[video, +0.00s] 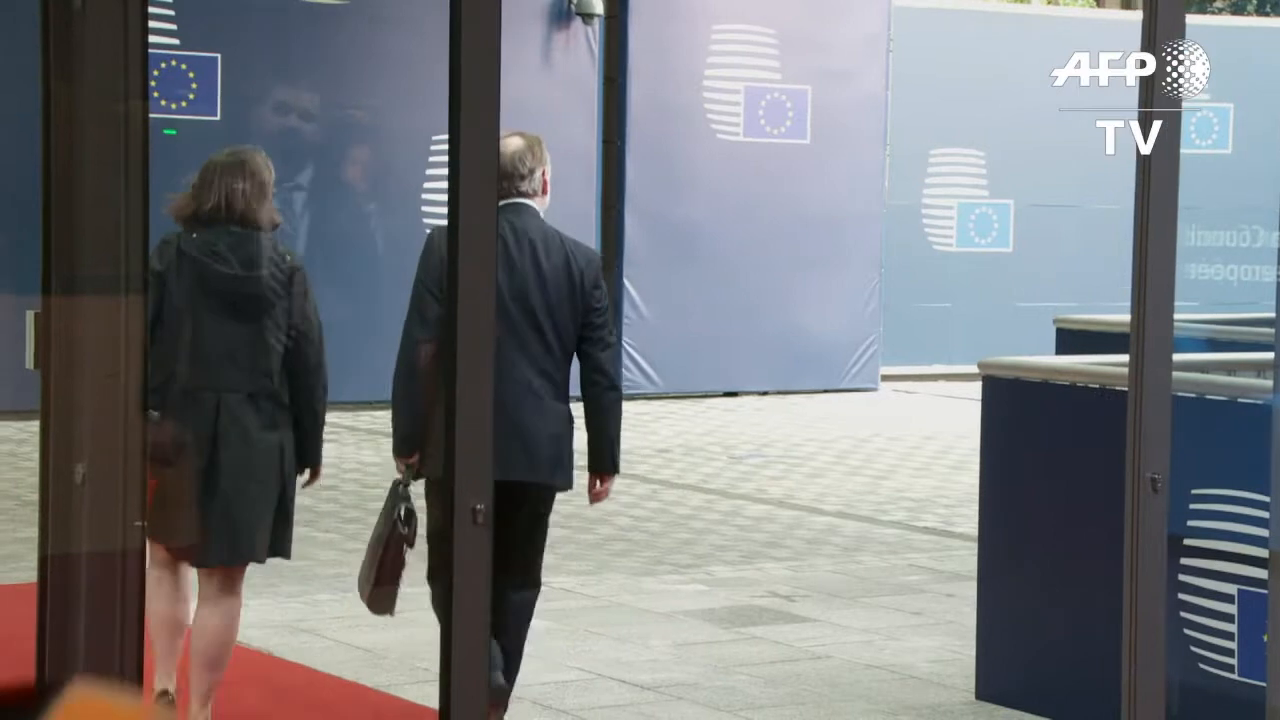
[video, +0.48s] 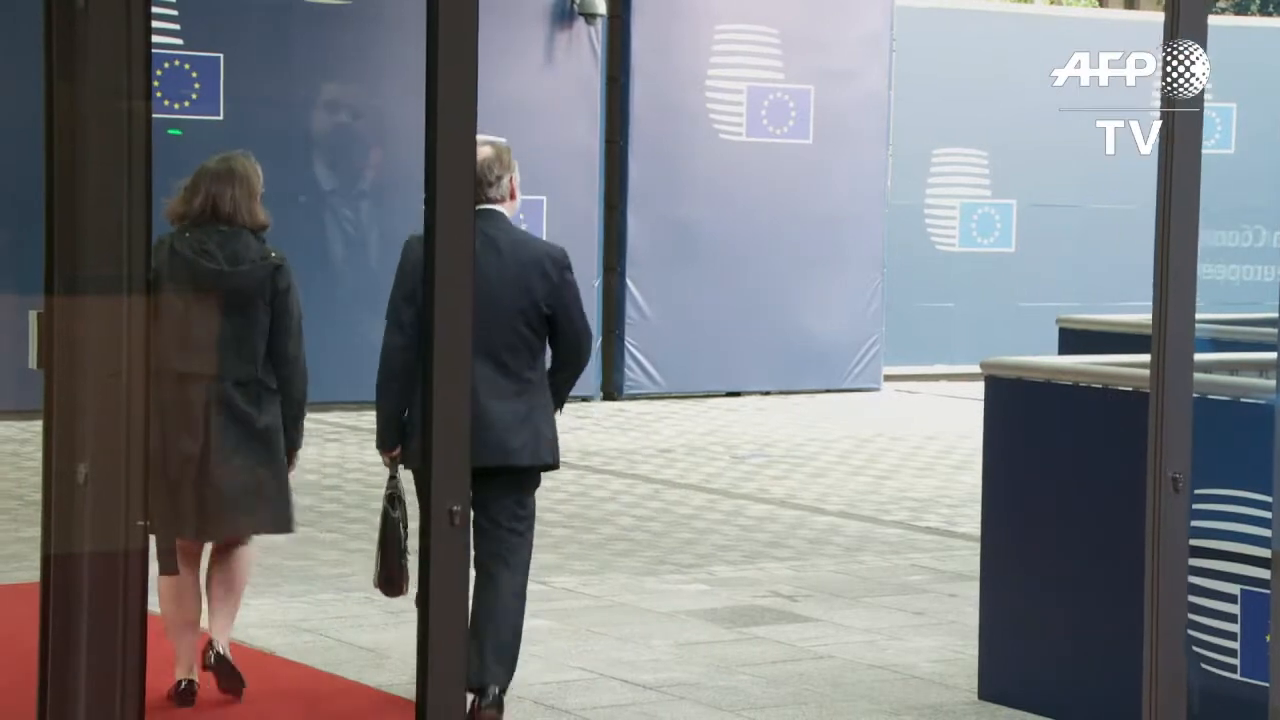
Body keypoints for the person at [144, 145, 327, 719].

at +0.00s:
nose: (273, 200)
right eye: (269, 191)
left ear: (202, 192)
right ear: (263, 198)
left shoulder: (166, 260)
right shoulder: (285, 269)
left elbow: (139, 347)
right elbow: (308, 368)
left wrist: (141, 419)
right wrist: (310, 447)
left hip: (173, 434)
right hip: (253, 441)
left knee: (164, 558)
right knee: (223, 581)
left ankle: (161, 688)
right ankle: (198, 710)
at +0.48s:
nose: (260, 203)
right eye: (257, 194)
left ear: (195, 194)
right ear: (251, 199)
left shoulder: (160, 258)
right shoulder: (270, 266)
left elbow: (138, 351)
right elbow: (289, 363)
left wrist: (138, 426)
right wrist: (290, 441)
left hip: (169, 425)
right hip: (244, 426)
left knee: (179, 548)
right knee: (236, 537)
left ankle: (185, 672)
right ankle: (219, 637)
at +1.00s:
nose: (277, 203)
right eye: (274, 195)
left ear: (217, 196)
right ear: (267, 201)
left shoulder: (185, 254)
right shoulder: (284, 264)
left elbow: (149, 327)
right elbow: (308, 348)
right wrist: (321, 418)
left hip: (187, 401)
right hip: (252, 406)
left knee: (184, 509)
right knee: (230, 534)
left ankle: (182, 599)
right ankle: (209, 642)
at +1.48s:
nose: (288, 208)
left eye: (287, 199)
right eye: (285, 200)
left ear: (231, 200)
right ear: (273, 205)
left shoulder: (200, 253)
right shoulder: (290, 261)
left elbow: (168, 319)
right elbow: (311, 340)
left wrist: (195, 344)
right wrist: (319, 404)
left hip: (205, 392)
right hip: (264, 393)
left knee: (216, 505)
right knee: (266, 493)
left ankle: (224, 609)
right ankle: (241, 575)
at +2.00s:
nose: (317, 210)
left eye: (315, 202)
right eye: (315, 203)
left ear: (265, 200)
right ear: (308, 208)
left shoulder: (234, 250)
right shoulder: (319, 263)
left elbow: (205, 308)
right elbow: (328, 340)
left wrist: (215, 330)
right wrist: (331, 406)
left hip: (238, 383)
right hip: (293, 386)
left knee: (237, 477)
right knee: (278, 487)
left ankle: (225, 545)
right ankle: (259, 588)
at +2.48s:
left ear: (289, 208)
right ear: (331, 211)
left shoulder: (270, 249)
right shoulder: (345, 256)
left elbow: (241, 305)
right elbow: (370, 324)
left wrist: (247, 331)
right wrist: (374, 378)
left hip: (280, 376)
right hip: (332, 382)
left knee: (285, 469)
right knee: (313, 476)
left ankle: (282, 544)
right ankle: (282, 543)